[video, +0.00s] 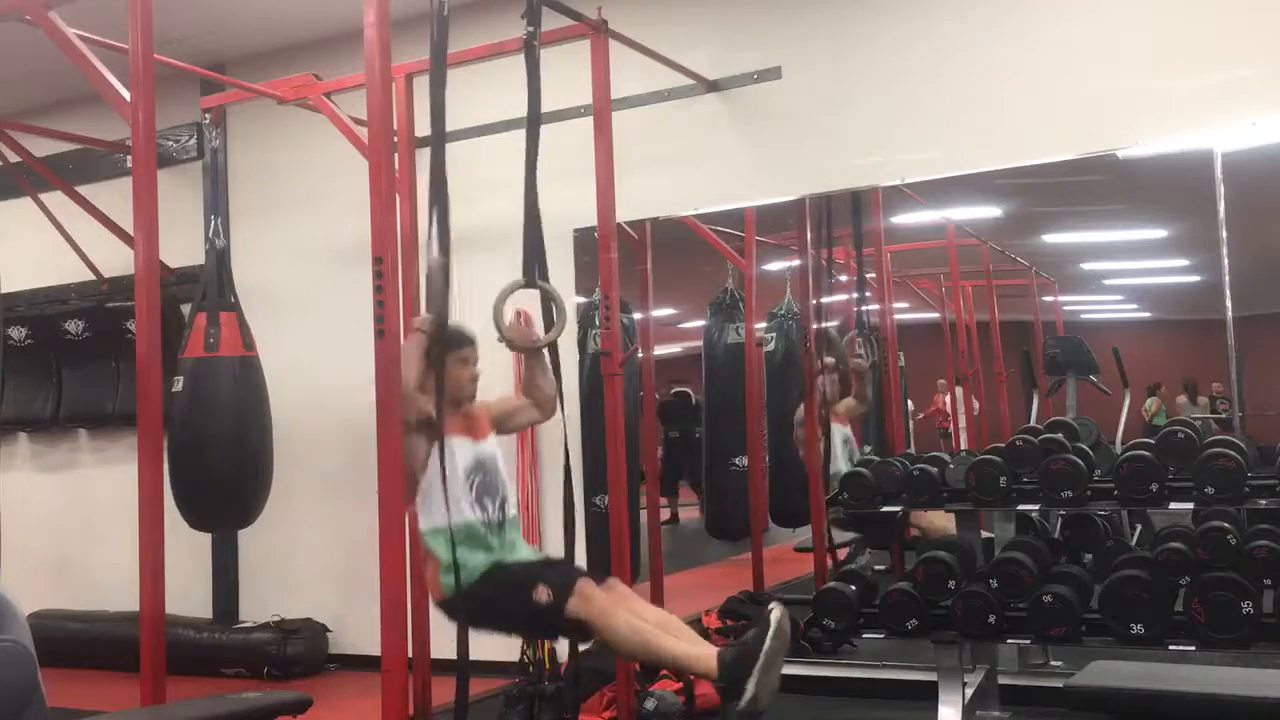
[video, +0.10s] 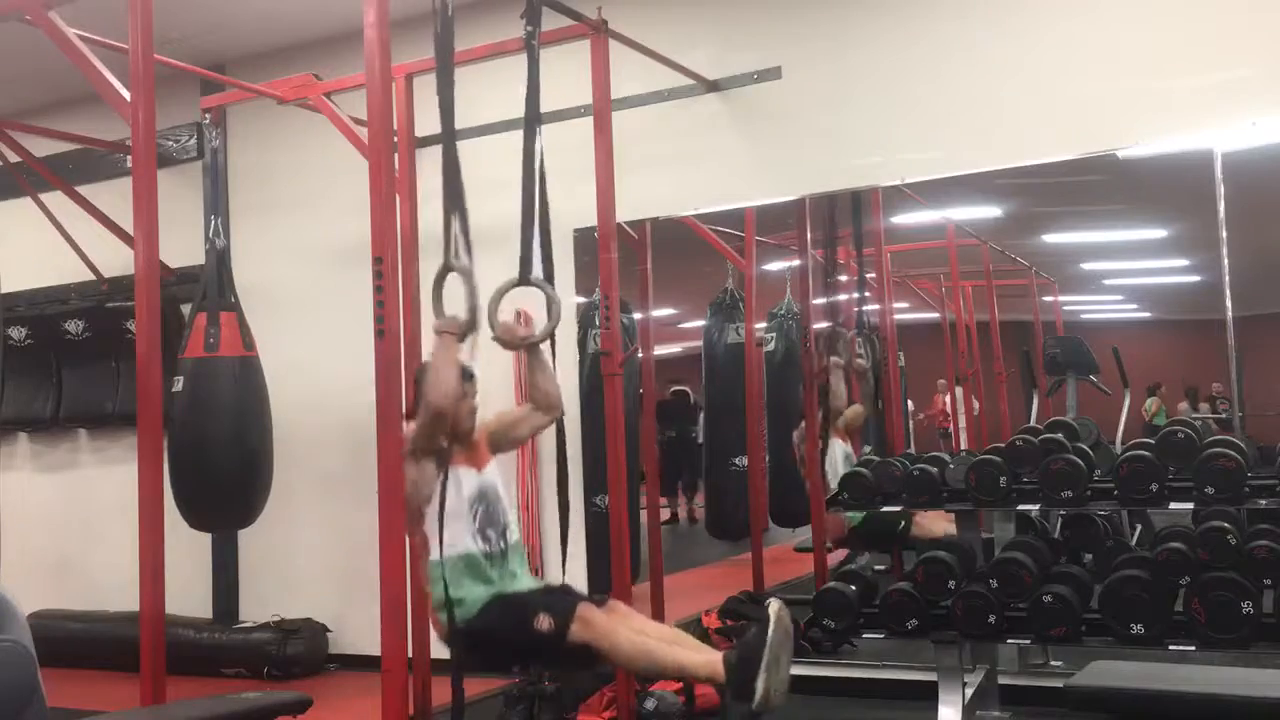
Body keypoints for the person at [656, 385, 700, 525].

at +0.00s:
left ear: (672, 396)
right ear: (690, 397)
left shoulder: (665, 406)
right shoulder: (696, 406)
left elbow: (664, 421)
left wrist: (658, 402)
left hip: (672, 450)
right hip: (693, 449)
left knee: (669, 482)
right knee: (695, 480)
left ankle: (674, 514)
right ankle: (705, 505)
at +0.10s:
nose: (679, 402)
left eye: (678, 399)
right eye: (679, 399)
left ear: (670, 395)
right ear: (689, 397)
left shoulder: (663, 406)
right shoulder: (694, 407)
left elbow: (660, 425)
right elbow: (696, 425)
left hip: (669, 447)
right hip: (689, 446)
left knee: (669, 481)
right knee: (690, 479)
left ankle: (673, 514)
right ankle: (690, 508)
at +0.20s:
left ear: (669, 395)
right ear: (686, 396)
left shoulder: (661, 406)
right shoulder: (689, 408)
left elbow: (657, 426)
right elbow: (692, 425)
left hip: (666, 447)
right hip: (684, 447)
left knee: (666, 480)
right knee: (682, 480)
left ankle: (674, 513)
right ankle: (679, 513)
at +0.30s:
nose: (674, 399)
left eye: (672, 396)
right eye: (678, 397)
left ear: (668, 395)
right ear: (684, 397)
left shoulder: (661, 407)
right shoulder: (686, 410)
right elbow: (689, 427)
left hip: (664, 447)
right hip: (681, 447)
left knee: (665, 481)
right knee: (678, 480)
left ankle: (672, 513)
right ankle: (675, 512)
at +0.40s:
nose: (674, 398)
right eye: (676, 394)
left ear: (665, 393)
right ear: (682, 394)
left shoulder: (660, 404)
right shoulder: (686, 405)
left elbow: (654, 423)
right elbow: (699, 407)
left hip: (662, 444)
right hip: (680, 445)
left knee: (664, 479)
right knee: (676, 480)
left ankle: (671, 514)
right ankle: (674, 514)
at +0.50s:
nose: (673, 397)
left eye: (672, 395)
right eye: (673, 395)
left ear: (664, 394)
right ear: (681, 394)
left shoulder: (658, 404)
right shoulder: (685, 406)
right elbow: (696, 407)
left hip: (661, 443)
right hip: (679, 444)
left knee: (661, 479)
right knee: (676, 480)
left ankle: (667, 512)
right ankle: (671, 515)